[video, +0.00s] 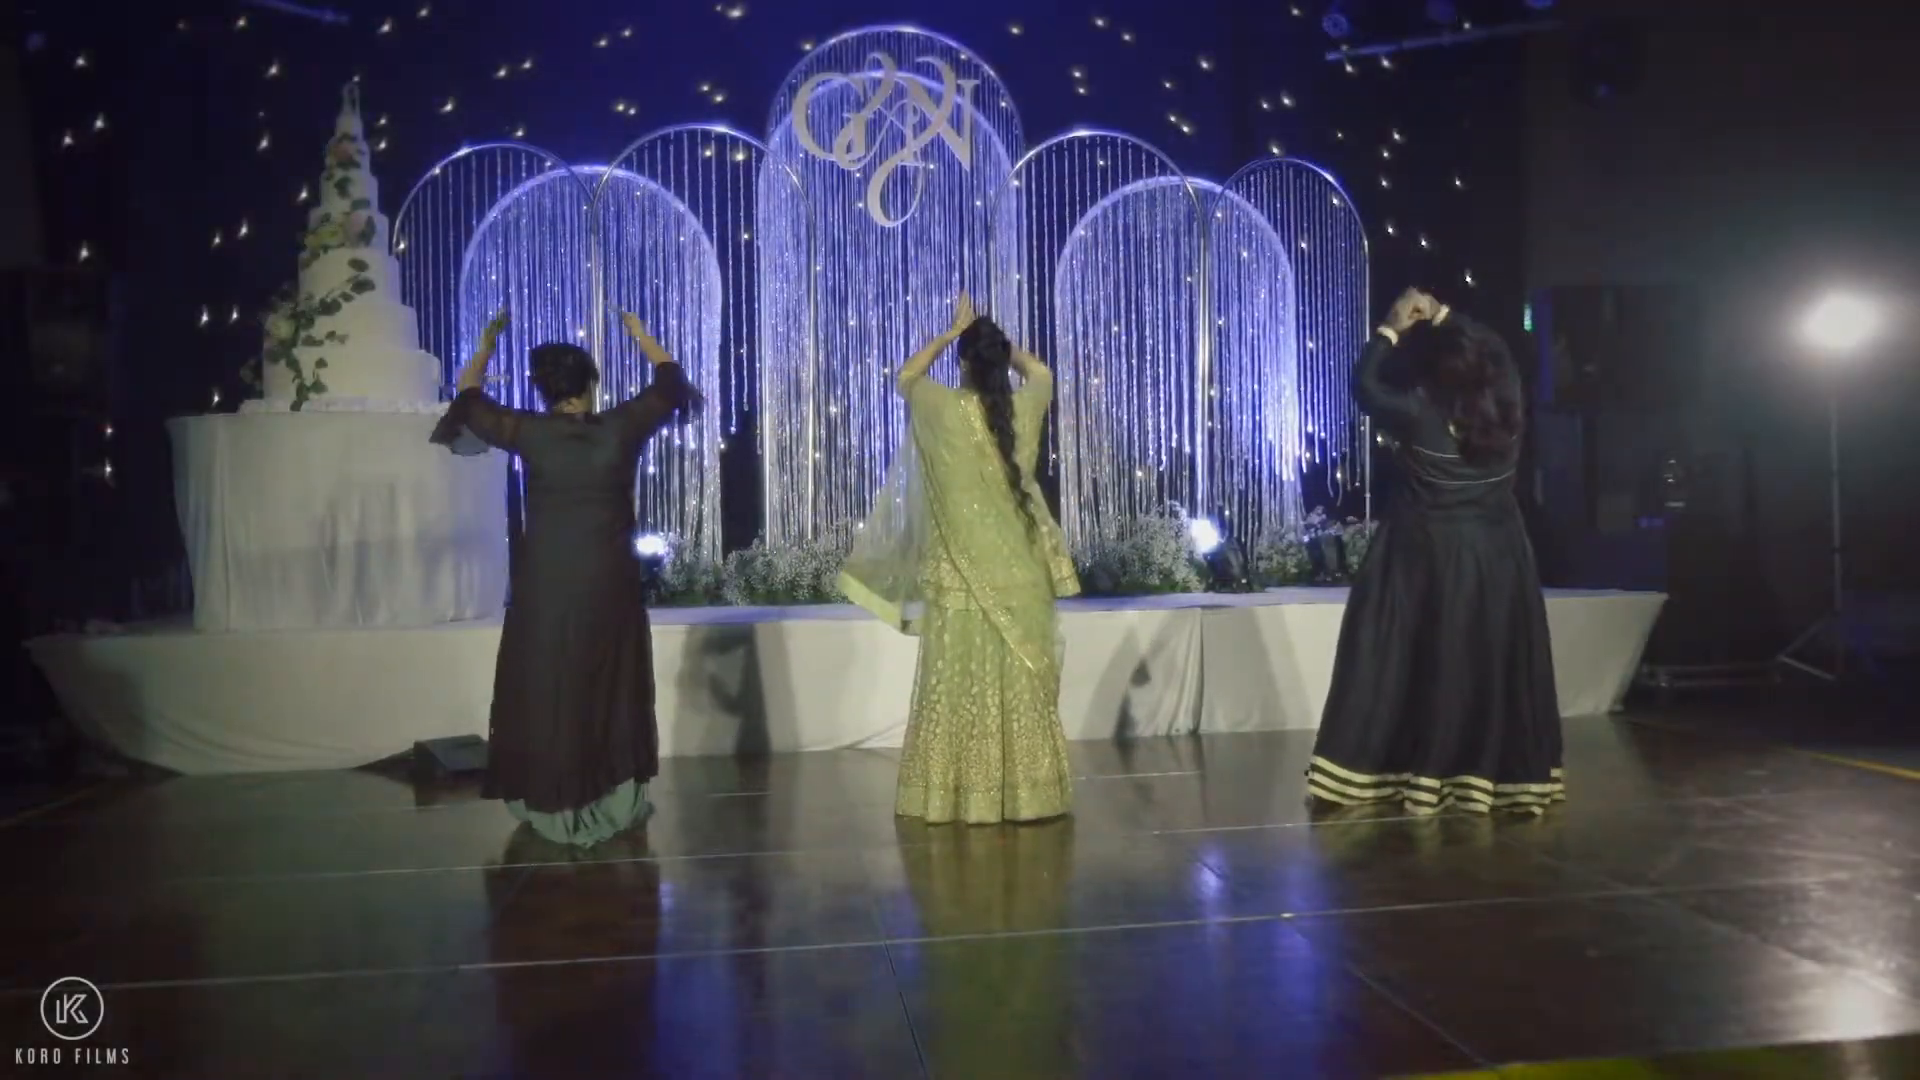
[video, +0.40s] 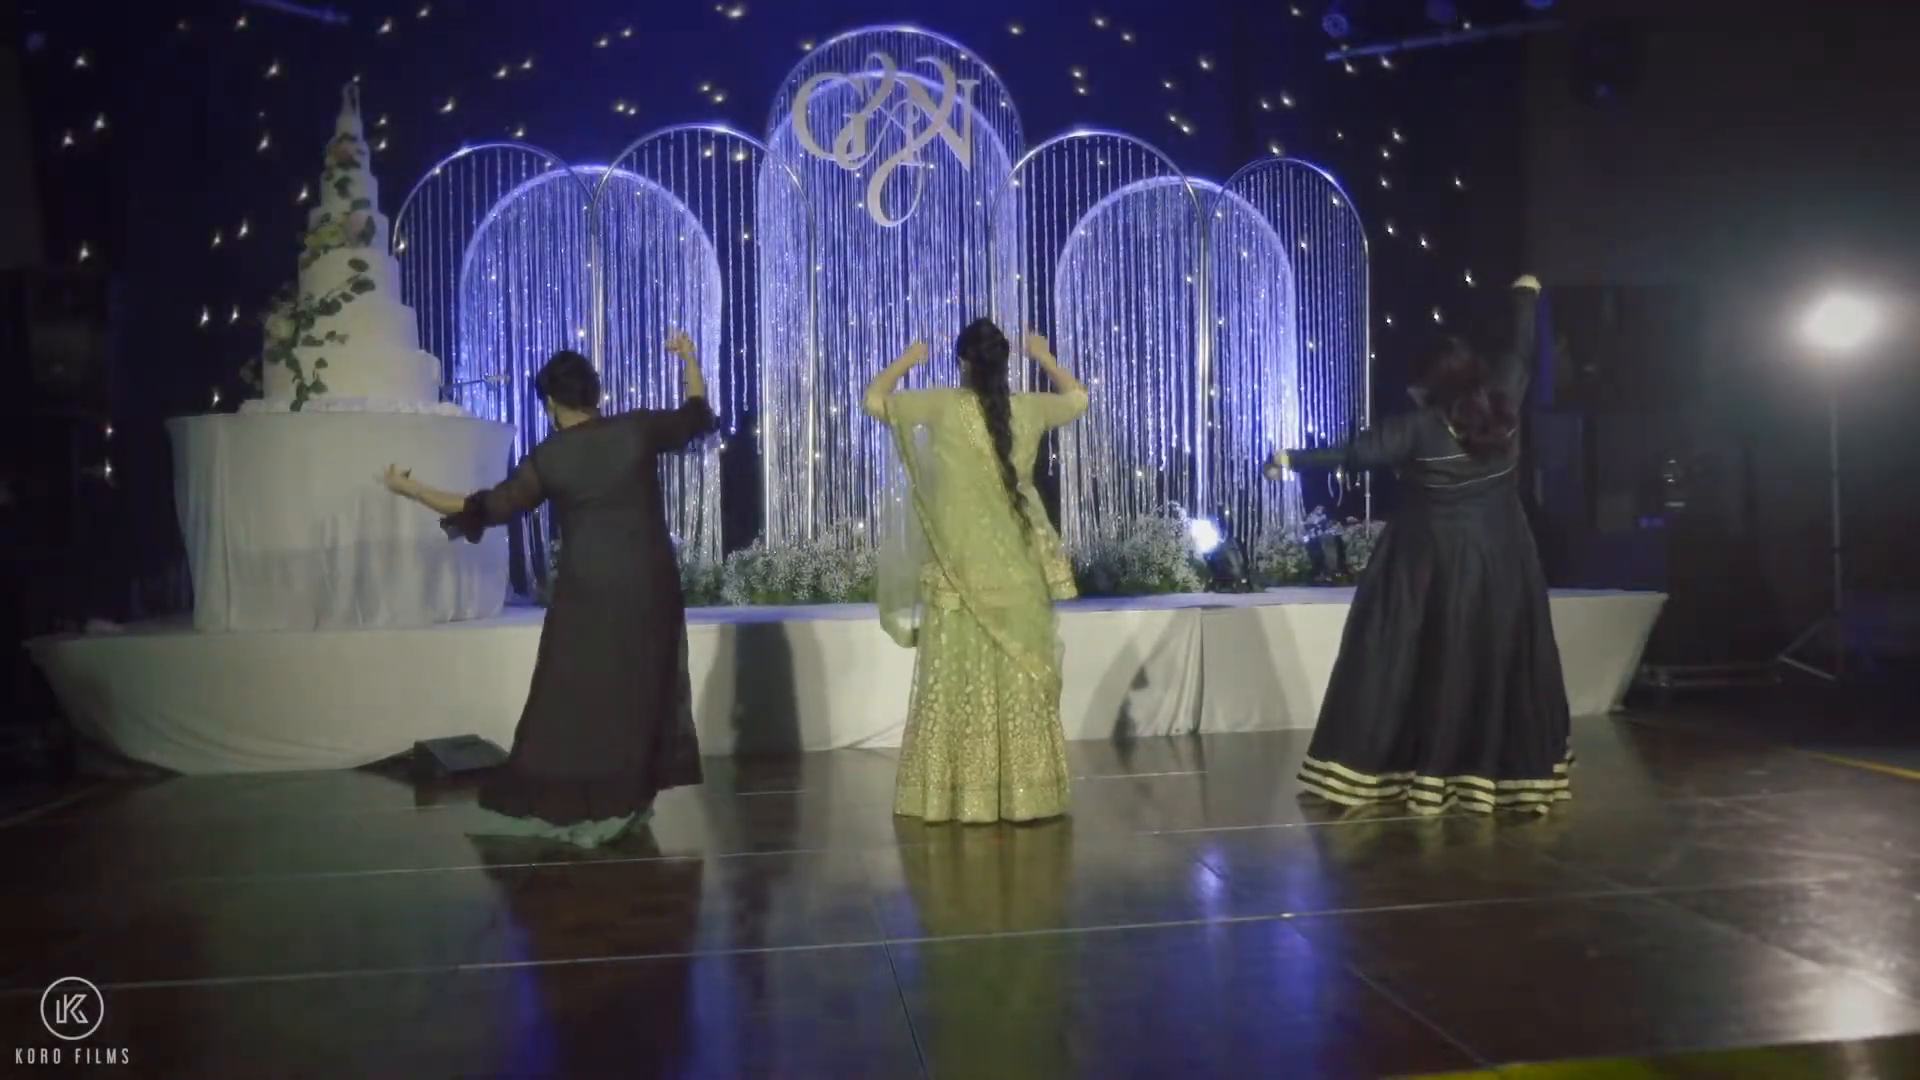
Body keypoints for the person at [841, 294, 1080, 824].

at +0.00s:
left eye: (968, 355)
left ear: (963, 363)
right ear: (1004, 363)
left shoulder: (941, 409)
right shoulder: (1025, 407)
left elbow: (907, 376)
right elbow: (1041, 374)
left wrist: (951, 334)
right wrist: (1003, 343)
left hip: (963, 563)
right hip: (1022, 562)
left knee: (959, 685)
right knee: (1024, 682)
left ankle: (961, 795)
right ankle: (1027, 795)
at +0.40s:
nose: (963, 365)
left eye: (962, 358)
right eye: (975, 357)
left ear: (961, 363)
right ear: (1005, 363)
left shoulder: (939, 406)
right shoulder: (1027, 408)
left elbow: (874, 401)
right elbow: (1078, 398)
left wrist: (904, 361)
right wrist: (1047, 358)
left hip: (958, 563)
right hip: (1017, 562)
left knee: (958, 682)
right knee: (1022, 679)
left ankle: (961, 795)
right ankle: (1026, 794)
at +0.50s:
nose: (959, 366)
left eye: (960, 358)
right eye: (968, 358)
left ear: (962, 363)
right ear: (1005, 362)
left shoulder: (942, 407)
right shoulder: (1029, 408)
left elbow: (875, 430)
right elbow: (1089, 407)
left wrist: (879, 386)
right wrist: (1075, 362)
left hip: (958, 568)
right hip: (1018, 567)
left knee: (958, 685)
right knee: (1022, 681)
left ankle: (962, 795)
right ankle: (1025, 795)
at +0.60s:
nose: (958, 366)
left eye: (958, 359)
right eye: (963, 358)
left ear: (961, 363)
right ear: (1003, 361)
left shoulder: (945, 409)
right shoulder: (1030, 410)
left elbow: (887, 450)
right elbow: (1089, 424)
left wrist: (872, 396)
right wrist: (1089, 371)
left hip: (957, 571)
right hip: (1018, 572)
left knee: (957, 687)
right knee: (1021, 684)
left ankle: (961, 796)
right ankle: (1024, 797)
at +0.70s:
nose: (956, 367)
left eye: (957, 361)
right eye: (961, 360)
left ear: (961, 364)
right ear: (1001, 362)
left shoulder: (945, 410)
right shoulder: (1029, 411)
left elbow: (894, 458)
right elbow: (1088, 435)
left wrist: (871, 403)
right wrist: (1101, 390)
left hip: (960, 571)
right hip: (1019, 572)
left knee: (961, 687)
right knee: (1023, 685)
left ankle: (964, 796)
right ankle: (1025, 797)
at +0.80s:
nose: (955, 368)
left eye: (955, 361)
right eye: (959, 360)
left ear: (960, 364)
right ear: (1000, 360)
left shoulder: (946, 409)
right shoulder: (1028, 411)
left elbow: (894, 455)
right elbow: (1085, 442)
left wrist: (868, 401)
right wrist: (1105, 405)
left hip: (962, 574)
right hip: (1022, 575)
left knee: (963, 689)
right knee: (1025, 687)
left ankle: (965, 796)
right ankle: (1026, 797)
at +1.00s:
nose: (954, 368)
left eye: (954, 361)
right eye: (959, 360)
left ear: (960, 363)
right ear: (998, 360)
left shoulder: (946, 409)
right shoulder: (1028, 412)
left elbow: (895, 456)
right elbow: (1088, 448)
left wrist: (837, 431)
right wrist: (1128, 442)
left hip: (966, 576)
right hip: (1027, 574)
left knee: (966, 691)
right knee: (1030, 686)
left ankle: (969, 797)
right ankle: (1032, 795)